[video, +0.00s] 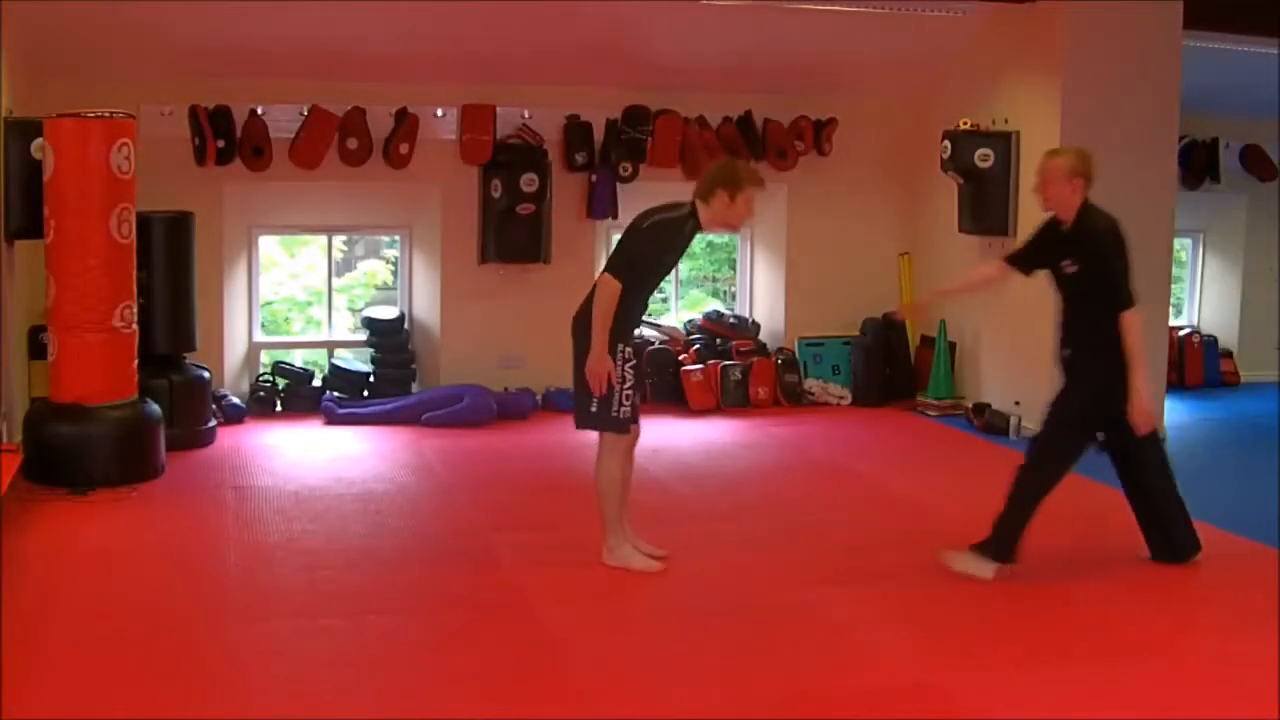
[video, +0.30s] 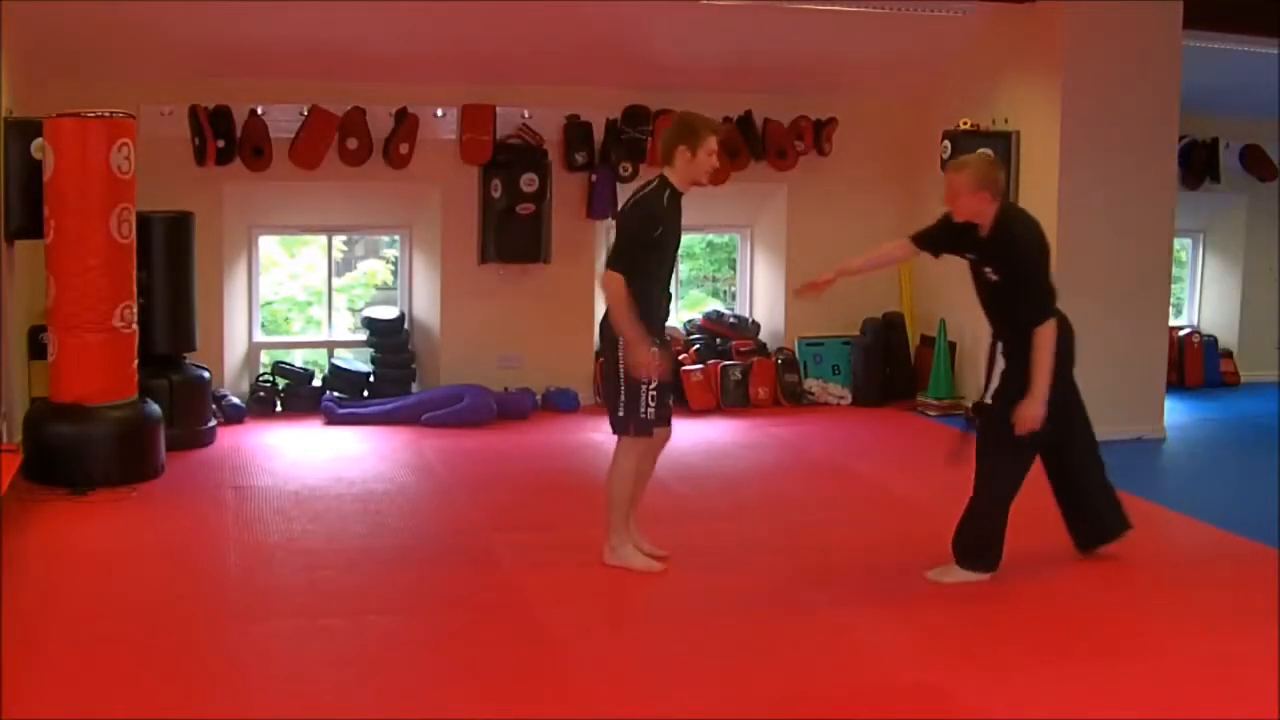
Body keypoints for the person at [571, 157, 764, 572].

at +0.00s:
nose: (751, 214)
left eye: (753, 204)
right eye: (748, 202)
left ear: (722, 197)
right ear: (722, 197)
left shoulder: (683, 226)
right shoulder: (666, 225)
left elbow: (628, 291)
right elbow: (608, 283)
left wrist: (655, 330)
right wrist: (598, 351)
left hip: (620, 332)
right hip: (605, 333)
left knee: (628, 433)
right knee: (617, 435)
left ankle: (622, 534)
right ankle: (614, 544)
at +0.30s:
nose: (717, 163)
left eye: (717, 154)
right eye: (711, 153)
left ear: (686, 155)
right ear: (683, 153)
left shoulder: (669, 201)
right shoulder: (650, 201)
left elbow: (646, 278)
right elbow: (612, 278)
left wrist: (658, 331)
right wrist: (636, 342)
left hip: (649, 331)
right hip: (629, 333)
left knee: (657, 433)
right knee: (635, 436)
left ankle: (627, 529)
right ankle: (616, 542)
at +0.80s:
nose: (710, 157)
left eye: (711, 149)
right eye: (702, 149)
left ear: (679, 155)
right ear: (675, 152)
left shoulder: (671, 198)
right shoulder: (664, 200)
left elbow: (675, 278)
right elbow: (685, 281)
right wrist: (748, 276)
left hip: (670, 330)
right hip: (652, 332)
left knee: (696, 426)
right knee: (654, 434)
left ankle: (691, 524)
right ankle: (618, 541)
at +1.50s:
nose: (707, 154)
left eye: (707, 146)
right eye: (699, 146)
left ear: (684, 152)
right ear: (672, 151)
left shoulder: (679, 201)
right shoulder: (654, 202)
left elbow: (669, 278)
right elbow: (628, 279)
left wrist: (679, 337)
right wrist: (628, 349)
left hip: (678, 332)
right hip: (652, 333)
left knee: (686, 429)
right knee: (642, 434)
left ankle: (690, 523)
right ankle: (602, 524)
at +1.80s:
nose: (693, 157)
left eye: (693, 149)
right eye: (686, 148)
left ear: (665, 153)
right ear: (658, 152)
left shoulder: (663, 202)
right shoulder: (633, 202)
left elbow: (639, 268)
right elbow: (590, 269)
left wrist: (599, 305)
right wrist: (598, 310)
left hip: (656, 330)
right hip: (625, 331)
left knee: (676, 421)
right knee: (617, 432)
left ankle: (684, 519)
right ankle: (599, 528)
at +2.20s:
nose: (691, 151)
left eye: (691, 144)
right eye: (683, 144)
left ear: (669, 151)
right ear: (656, 150)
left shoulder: (669, 199)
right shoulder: (640, 199)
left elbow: (653, 267)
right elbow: (611, 275)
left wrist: (617, 301)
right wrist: (611, 306)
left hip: (671, 329)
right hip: (640, 329)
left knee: (673, 425)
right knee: (631, 428)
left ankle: (656, 519)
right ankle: (600, 524)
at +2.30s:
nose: (696, 151)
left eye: (696, 143)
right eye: (688, 144)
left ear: (673, 151)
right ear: (660, 150)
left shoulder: (673, 199)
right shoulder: (645, 198)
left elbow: (658, 267)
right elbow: (618, 276)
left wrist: (620, 295)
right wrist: (617, 302)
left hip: (675, 330)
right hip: (647, 330)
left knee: (674, 427)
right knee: (637, 429)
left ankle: (656, 518)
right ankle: (600, 523)